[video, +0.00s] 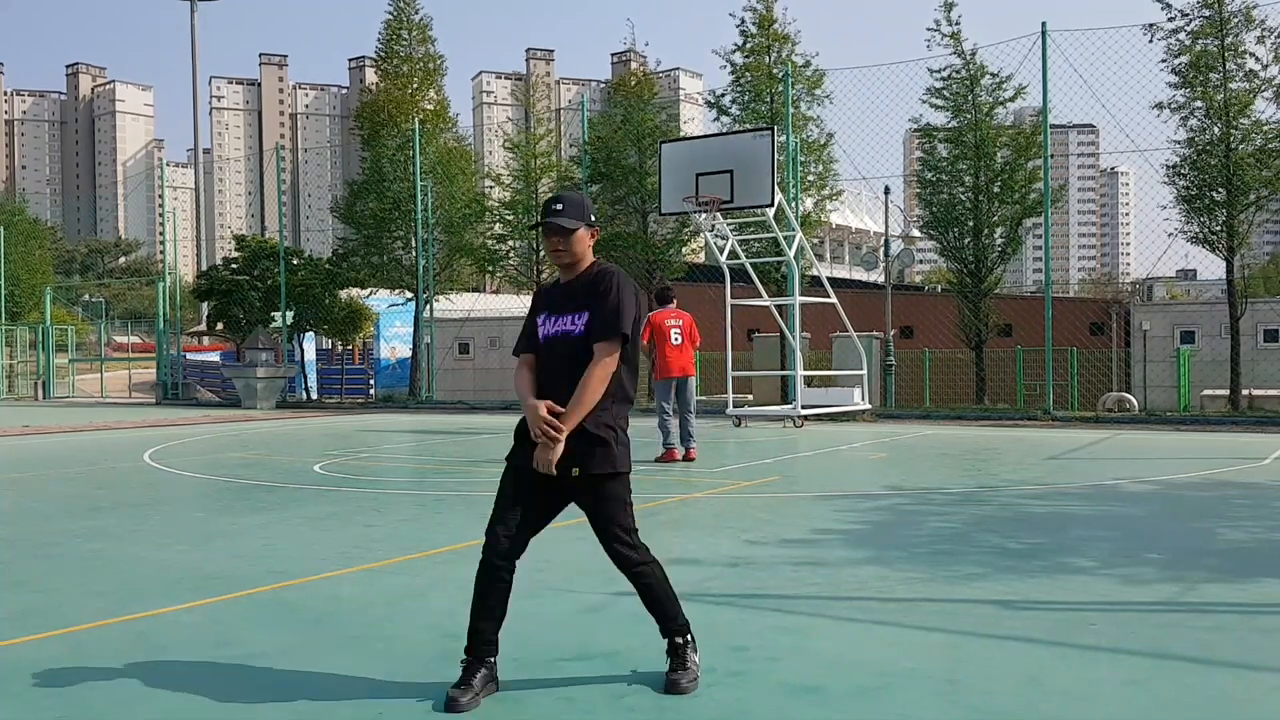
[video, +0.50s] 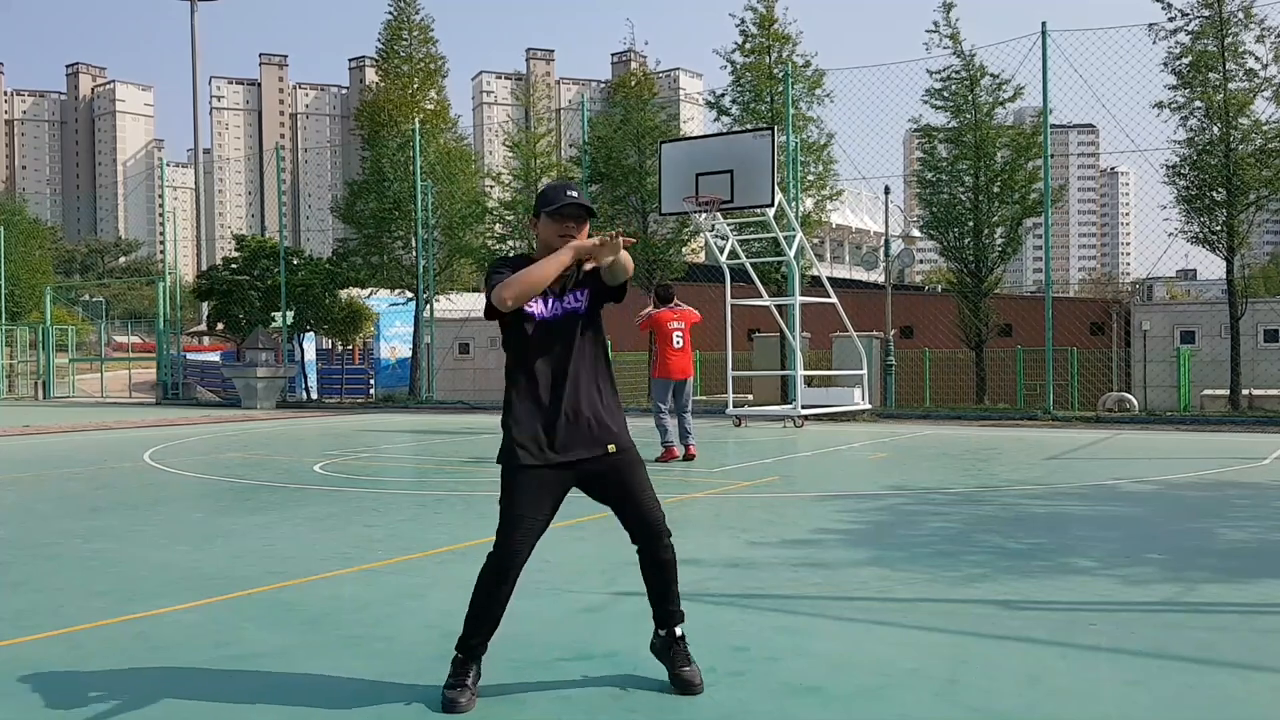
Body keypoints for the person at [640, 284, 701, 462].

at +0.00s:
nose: (677, 302)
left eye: (674, 300)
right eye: (676, 300)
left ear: (656, 302)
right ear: (674, 301)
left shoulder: (652, 317)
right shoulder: (686, 316)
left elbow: (643, 343)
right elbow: (696, 343)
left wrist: (652, 357)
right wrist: (683, 352)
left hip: (664, 368)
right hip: (687, 367)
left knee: (665, 411)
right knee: (688, 411)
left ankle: (670, 449)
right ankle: (690, 448)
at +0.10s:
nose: (677, 302)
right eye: (676, 299)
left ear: (657, 302)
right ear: (674, 301)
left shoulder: (653, 317)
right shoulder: (687, 316)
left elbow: (644, 343)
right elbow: (696, 343)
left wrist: (651, 357)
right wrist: (683, 353)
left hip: (665, 367)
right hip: (687, 367)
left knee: (665, 411)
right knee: (688, 410)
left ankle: (670, 449)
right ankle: (690, 448)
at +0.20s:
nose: (677, 301)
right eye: (676, 299)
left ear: (657, 301)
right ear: (674, 300)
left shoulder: (653, 317)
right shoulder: (687, 316)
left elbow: (644, 342)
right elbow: (697, 342)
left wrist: (652, 358)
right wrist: (684, 352)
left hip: (665, 367)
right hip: (687, 367)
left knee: (664, 411)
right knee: (688, 410)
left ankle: (670, 449)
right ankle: (690, 448)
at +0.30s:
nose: (676, 300)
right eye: (676, 298)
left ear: (656, 300)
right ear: (674, 300)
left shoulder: (654, 315)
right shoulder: (687, 315)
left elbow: (644, 339)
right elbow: (698, 340)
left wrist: (655, 350)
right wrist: (684, 349)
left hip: (665, 367)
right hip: (687, 366)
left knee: (664, 410)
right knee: (687, 410)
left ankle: (670, 448)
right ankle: (690, 447)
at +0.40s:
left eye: (656, 298)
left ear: (657, 299)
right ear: (674, 298)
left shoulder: (654, 314)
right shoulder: (687, 312)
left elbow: (641, 334)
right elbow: (699, 332)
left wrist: (657, 334)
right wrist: (681, 328)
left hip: (665, 369)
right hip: (687, 368)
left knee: (664, 410)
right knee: (687, 409)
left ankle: (670, 448)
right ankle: (690, 446)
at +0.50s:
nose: (653, 301)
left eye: (654, 298)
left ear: (656, 300)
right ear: (674, 299)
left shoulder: (656, 316)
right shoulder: (685, 314)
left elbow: (639, 323)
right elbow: (697, 316)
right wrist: (680, 304)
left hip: (664, 369)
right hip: (685, 369)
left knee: (661, 410)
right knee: (685, 410)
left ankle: (670, 448)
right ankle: (690, 446)